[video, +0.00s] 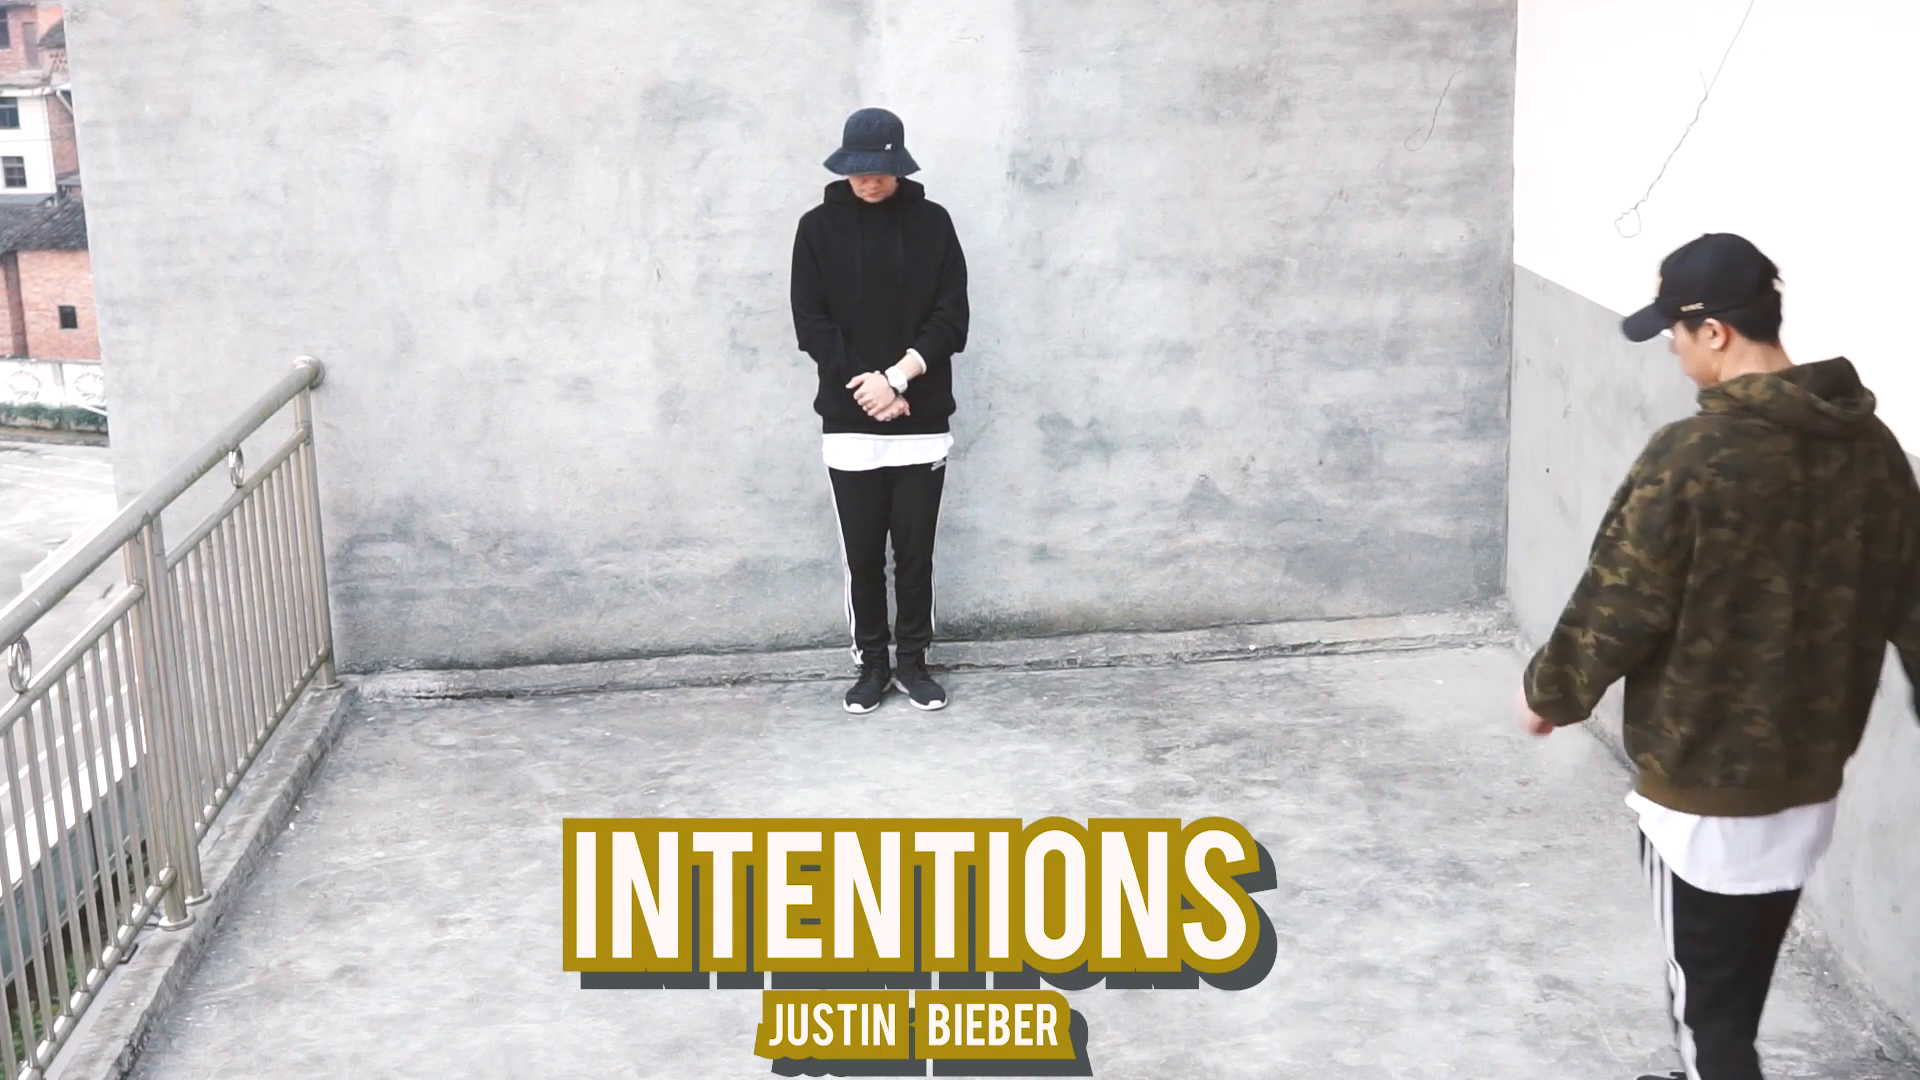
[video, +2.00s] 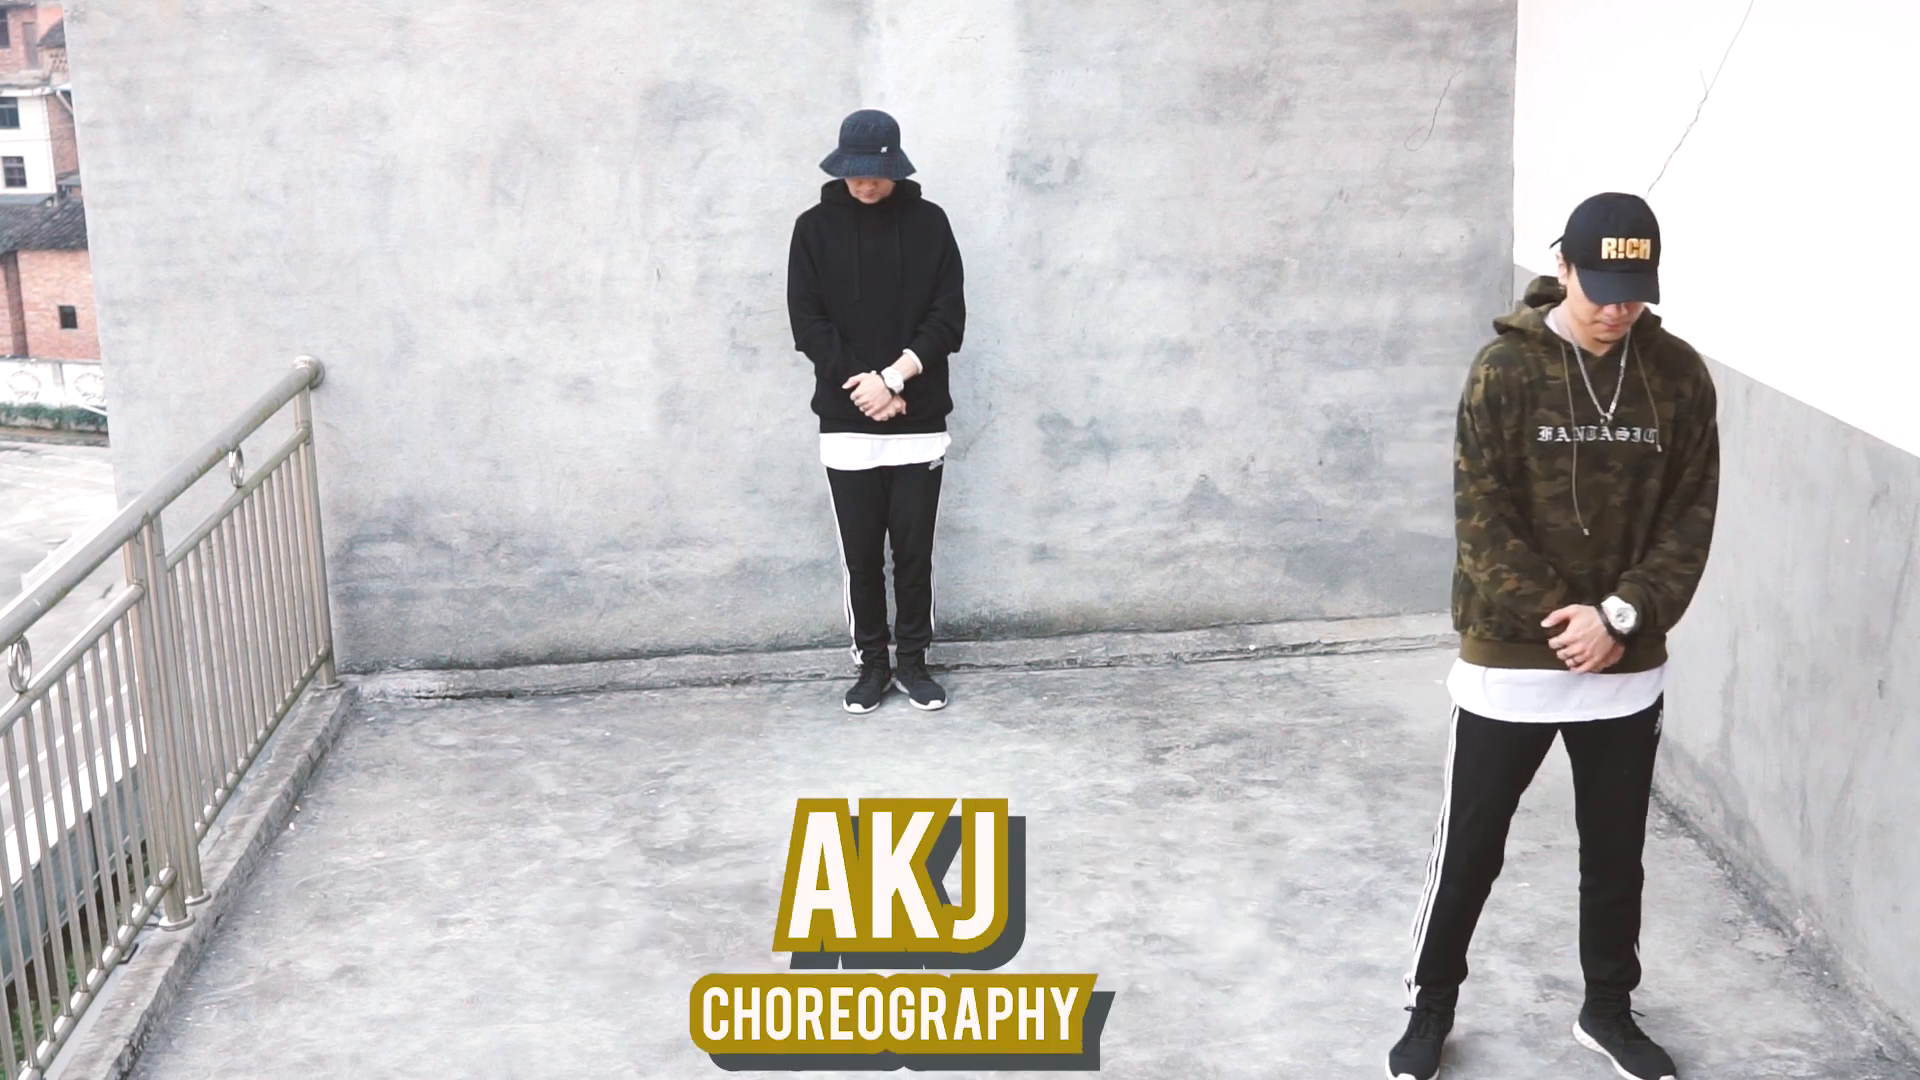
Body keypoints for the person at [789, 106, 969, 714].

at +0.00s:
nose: (870, 181)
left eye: (881, 170)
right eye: (859, 170)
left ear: (900, 167)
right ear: (844, 168)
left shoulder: (932, 221)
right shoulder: (818, 226)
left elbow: (952, 317)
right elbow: (810, 323)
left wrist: (897, 373)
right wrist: (866, 386)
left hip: (922, 415)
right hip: (847, 418)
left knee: (914, 551)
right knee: (863, 554)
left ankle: (913, 664)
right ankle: (872, 667)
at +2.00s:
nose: (866, 183)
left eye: (878, 173)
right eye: (856, 173)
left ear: (897, 169)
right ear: (841, 169)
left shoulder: (928, 222)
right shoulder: (815, 226)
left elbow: (948, 318)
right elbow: (807, 323)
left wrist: (894, 373)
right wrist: (863, 386)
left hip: (919, 413)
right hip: (845, 416)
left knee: (913, 548)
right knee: (861, 551)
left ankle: (913, 663)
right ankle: (872, 666)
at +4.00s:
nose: (868, 190)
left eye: (879, 180)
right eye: (858, 179)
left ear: (897, 173)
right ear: (841, 173)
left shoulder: (928, 222)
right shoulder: (815, 227)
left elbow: (948, 318)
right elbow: (808, 324)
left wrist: (895, 374)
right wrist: (863, 387)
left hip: (919, 415)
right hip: (845, 418)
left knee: (913, 549)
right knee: (861, 552)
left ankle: (913, 664)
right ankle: (872, 666)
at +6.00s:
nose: (867, 187)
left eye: (879, 177)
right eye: (857, 176)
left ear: (898, 172)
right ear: (841, 172)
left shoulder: (928, 222)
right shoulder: (814, 228)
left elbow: (949, 317)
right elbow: (806, 325)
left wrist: (896, 374)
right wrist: (863, 387)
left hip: (919, 416)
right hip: (845, 419)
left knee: (913, 549)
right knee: (861, 552)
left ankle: (912, 663)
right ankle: (872, 666)